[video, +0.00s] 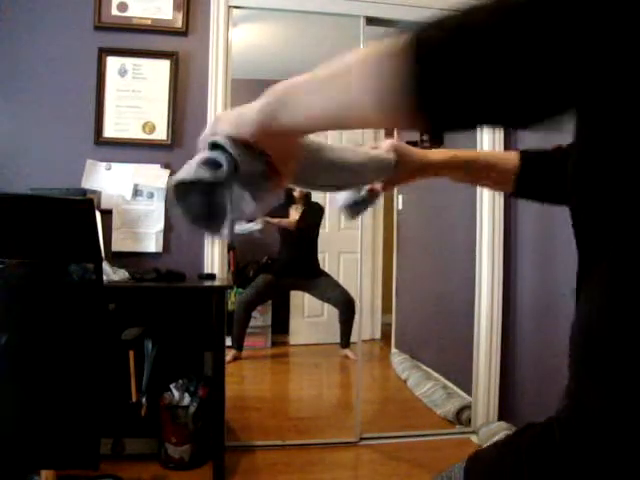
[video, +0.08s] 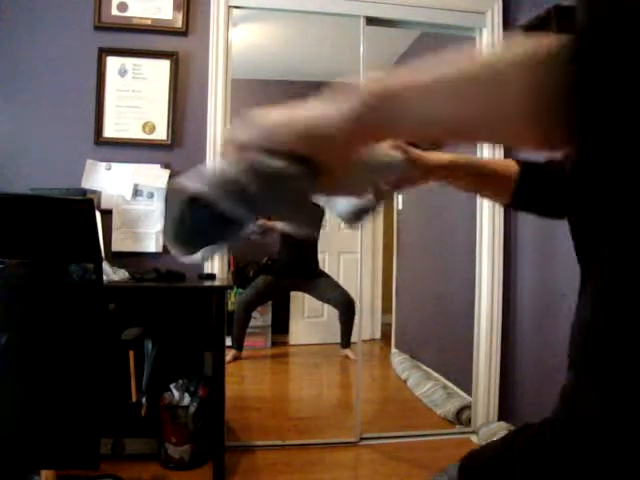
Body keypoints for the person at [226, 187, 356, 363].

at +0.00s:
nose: (300, 187)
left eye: (305, 182)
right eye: (296, 183)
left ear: (311, 187)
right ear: (289, 186)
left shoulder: (316, 209)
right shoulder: (279, 208)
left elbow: (298, 225)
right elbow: (261, 220)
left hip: (310, 272)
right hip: (280, 271)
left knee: (346, 303)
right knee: (244, 302)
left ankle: (345, 347)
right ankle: (236, 349)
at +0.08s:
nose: (295, 192)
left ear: (305, 190)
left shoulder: (314, 210)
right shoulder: (272, 209)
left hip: (309, 272)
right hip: (277, 273)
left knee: (346, 303)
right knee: (244, 302)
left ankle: (345, 347)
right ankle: (236, 350)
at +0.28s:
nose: (303, 190)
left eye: (307, 186)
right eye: (300, 186)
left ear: (311, 190)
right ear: (294, 190)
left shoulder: (318, 213)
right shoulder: (284, 210)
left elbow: (332, 229)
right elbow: (263, 219)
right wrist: (248, 223)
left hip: (308, 274)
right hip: (279, 273)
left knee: (344, 303)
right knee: (243, 303)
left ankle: (344, 348)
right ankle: (236, 349)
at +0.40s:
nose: (298, 184)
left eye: (302, 181)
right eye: (295, 181)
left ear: (309, 186)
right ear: (289, 186)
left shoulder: (317, 213)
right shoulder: (284, 208)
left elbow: (346, 230)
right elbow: (260, 218)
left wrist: (339, 224)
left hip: (307, 273)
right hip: (278, 272)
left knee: (342, 303)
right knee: (243, 303)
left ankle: (345, 348)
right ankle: (236, 349)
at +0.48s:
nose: (297, 182)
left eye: (301, 179)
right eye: (294, 179)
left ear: (307, 184)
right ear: (288, 184)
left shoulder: (314, 211)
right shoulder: (280, 207)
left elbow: (340, 231)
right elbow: (283, 217)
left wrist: (351, 229)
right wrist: (308, 218)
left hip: (305, 271)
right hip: (277, 271)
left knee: (341, 303)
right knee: (242, 303)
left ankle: (345, 348)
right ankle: (236, 349)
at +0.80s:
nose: (297, 184)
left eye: (301, 181)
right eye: (293, 181)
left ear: (306, 187)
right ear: (287, 186)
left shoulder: (308, 213)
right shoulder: (277, 210)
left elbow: (314, 239)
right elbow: (288, 225)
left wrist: (337, 240)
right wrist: (318, 226)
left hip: (306, 273)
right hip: (277, 273)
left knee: (342, 303)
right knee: (242, 303)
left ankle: (345, 348)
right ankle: (236, 350)